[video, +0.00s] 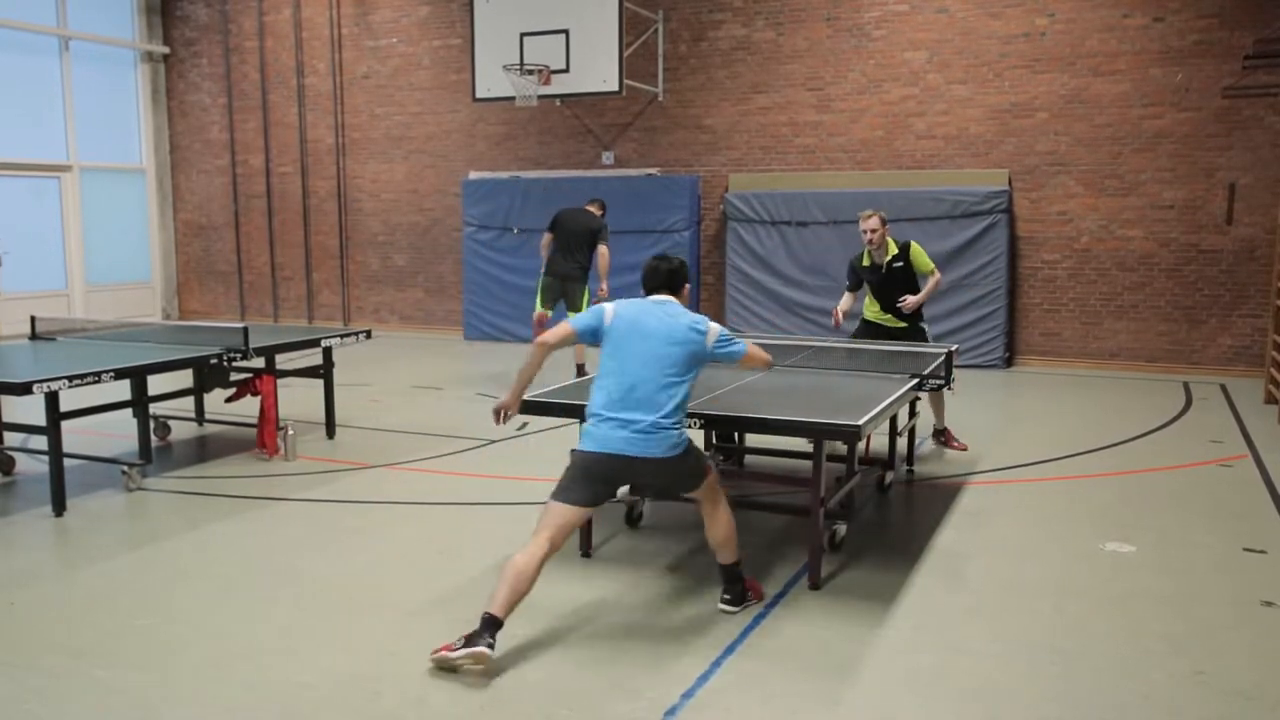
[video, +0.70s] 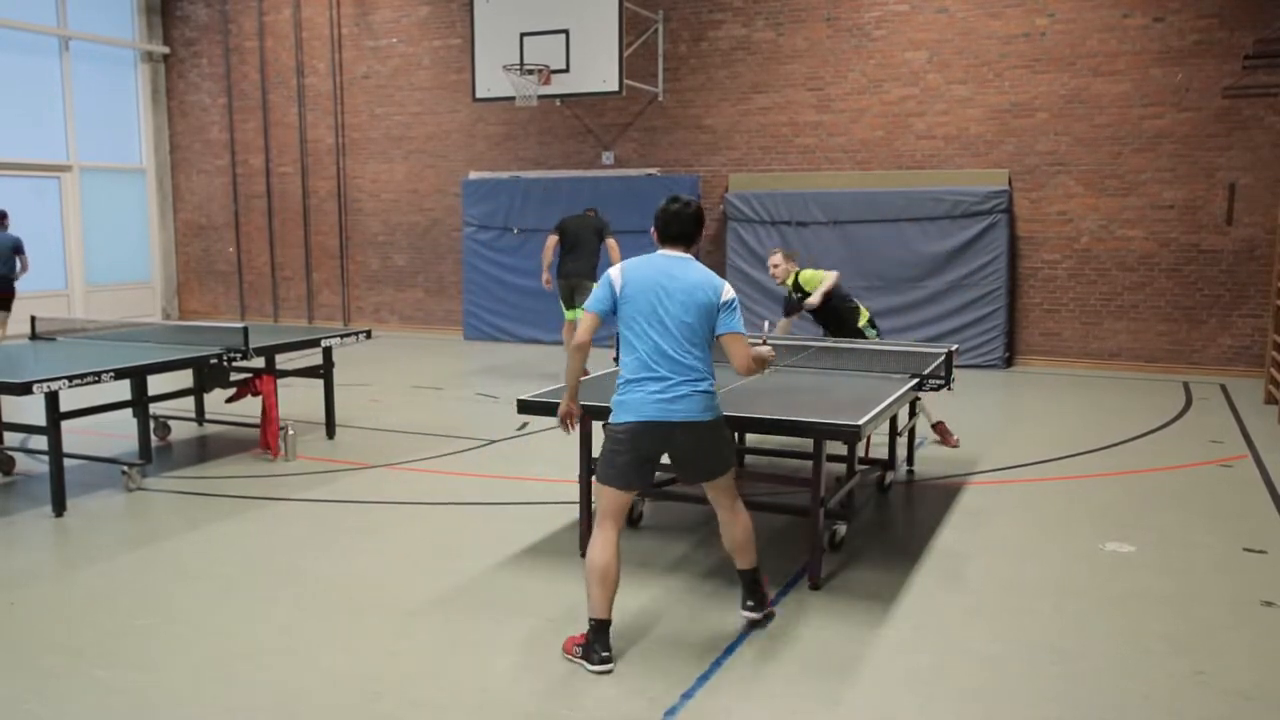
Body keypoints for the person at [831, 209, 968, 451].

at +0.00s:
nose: (868, 237)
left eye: (873, 231)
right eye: (864, 232)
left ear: (886, 231)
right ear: (860, 234)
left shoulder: (908, 250)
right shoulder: (858, 262)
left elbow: (935, 276)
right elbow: (851, 292)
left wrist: (919, 298)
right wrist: (841, 308)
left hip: (909, 325)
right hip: (873, 324)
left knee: (931, 375)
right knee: (848, 366)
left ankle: (940, 429)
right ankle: (858, 428)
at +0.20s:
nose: (870, 256)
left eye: (875, 250)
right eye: (866, 251)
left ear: (887, 249)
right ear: (862, 253)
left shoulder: (906, 265)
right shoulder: (859, 276)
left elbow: (936, 288)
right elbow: (843, 307)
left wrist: (911, 307)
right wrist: (846, 327)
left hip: (912, 337)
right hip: (875, 335)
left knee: (940, 379)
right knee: (853, 377)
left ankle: (961, 429)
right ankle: (861, 432)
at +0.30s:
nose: (868, 271)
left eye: (872, 265)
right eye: (863, 266)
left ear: (884, 263)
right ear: (859, 267)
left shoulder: (902, 276)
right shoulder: (858, 290)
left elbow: (928, 300)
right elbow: (841, 320)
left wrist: (899, 314)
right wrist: (843, 343)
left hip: (914, 341)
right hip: (878, 343)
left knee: (942, 383)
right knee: (863, 386)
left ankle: (961, 430)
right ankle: (862, 440)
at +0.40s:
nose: (852, 271)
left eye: (856, 265)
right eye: (848, 267)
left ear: (870, 263)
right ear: (846, 268)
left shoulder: (889, 277)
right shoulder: (850, 291)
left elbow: (896, 307)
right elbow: (844, 321)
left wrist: (858, 317)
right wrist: (822, 342)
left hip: (912, 341)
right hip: (878, 344)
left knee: (941, 385)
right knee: (859, 384)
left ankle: (961, 430)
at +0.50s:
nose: (830, 270)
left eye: (833, 265)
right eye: (826, 267)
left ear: (847, 263)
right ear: (826, 269)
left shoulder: (860, 277)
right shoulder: (837, 288)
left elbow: (849, 303)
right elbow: (829, 321)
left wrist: (818, 313)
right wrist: (803, 341)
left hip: (902, 336)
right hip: (872, 336)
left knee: (930, 387)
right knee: (850, 380)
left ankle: (962, 429)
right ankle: (850, 431)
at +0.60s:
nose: (801, 274)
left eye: (805, 268)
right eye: (799, 269)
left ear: (819, 265)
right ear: (800, 271)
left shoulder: (830, 279)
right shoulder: (819, 294)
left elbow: (825, 297)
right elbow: (811, 325)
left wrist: (794, 311)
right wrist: (793, 349)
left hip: (885, 334)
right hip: (858, 338)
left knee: (917, 387)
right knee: (849, 386)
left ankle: (959, 427)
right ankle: (856, 434)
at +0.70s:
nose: (772, 273)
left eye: (776, 267)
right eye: (769, 269)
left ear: (790, 265)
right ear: (773, 271)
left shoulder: (804, 277)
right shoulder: (791, 294)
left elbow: (832, 275)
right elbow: (786, 323)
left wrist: (817, 294)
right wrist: (770, 344)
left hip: (860, 326)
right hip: (838, 335)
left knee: (893, 375)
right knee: (842, 381)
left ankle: (934, 423)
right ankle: (859, 426)